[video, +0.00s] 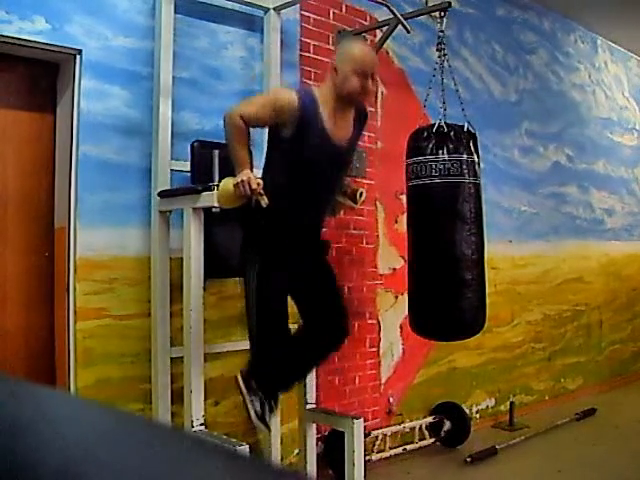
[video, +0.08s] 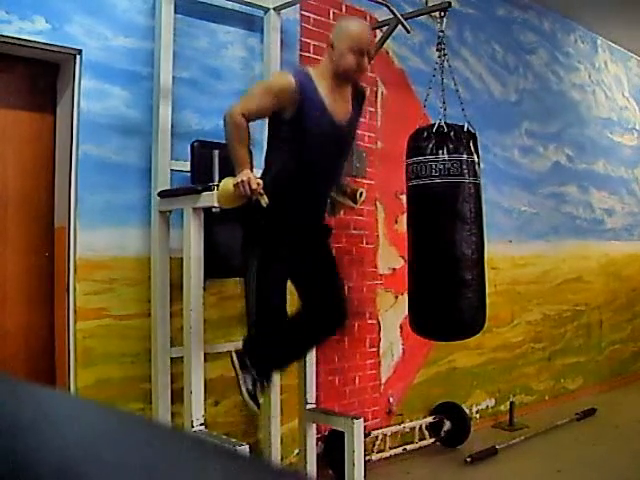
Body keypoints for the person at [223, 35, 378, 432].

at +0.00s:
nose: (367, 87)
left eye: (371, 78)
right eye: (361, 76)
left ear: (370, 79)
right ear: (336, 70)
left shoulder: (356, 116)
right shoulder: (293, 103)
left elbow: (322, 163)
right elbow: (235, 117)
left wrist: (340, 186)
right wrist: (245, 170)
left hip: (307, 239)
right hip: (266, 234)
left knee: (331, 326)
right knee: (268, 331)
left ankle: (263, 382)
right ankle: (262, 388)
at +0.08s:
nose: (364, 65)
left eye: (369, 56)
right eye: (358, 54)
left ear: (369, 57)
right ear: (333, 48)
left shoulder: (357, 94)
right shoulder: (292, 86)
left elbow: (327, 148)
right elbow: (236, 115)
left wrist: (337, 184)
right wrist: (244, 170)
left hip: (309, 221)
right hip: (269, 218)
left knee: (330, 312)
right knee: (267, 319)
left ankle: (257, 361)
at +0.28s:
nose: (362, 36)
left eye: (368, 29)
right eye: (355, 26)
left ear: (371, 32)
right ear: (329, 20)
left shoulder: (350, 69)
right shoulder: (284, 59)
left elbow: (340, 130)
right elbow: (247, 111)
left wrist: (341, 181)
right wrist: (244, 168)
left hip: (313, 194)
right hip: (272, 190)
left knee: (325, 286)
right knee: (260, 276)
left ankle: (244, 318)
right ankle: (248, 330)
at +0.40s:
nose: (364, 50)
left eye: (368, 42)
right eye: (359, 40)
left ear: (368, 43)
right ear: (333, 34)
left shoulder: (351, 80)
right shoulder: (284, 69)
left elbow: (340, 132)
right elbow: (242, 114)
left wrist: (341, 180)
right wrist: (244, 169)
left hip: (308, 204)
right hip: (268, 199)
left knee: (324, 292)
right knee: (259, 290)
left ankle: (246, 327)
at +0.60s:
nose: (368, 116)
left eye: (373, 107)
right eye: (363, 105)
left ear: (372, 106)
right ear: (337, 96)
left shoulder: (351, 138)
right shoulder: (293, 117)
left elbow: (312, 172)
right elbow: (236, 119)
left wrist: (336, 190)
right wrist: (243, 171)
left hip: (297, 248)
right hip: (259, 243)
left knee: (322, 329)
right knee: (260, 337)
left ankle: (257, 391)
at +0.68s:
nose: (370, 133)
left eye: (374, 124)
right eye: (362, 123)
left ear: (377, 122)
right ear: (337, 113)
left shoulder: (351, 152)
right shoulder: (296, 131)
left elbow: (320, 180)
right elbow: (238, 120)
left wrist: (339, 194)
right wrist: (244, 171)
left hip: (296, 260)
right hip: (257, 257)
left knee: (322, 342)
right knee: (263, 346)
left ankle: (262, 409)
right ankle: (263, 422)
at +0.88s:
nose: (371, 140)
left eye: (375, 131)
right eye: (364, 129)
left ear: (376, 130)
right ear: (338, 121)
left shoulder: (351, 159)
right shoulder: (297, 139)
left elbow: (316, 189)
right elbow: (241, 118)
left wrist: (340, 196)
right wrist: (243, 171)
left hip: (298, 266)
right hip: (258, 264)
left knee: (327, 350)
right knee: (268, 357)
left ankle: (263, 417)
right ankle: (270, 431)